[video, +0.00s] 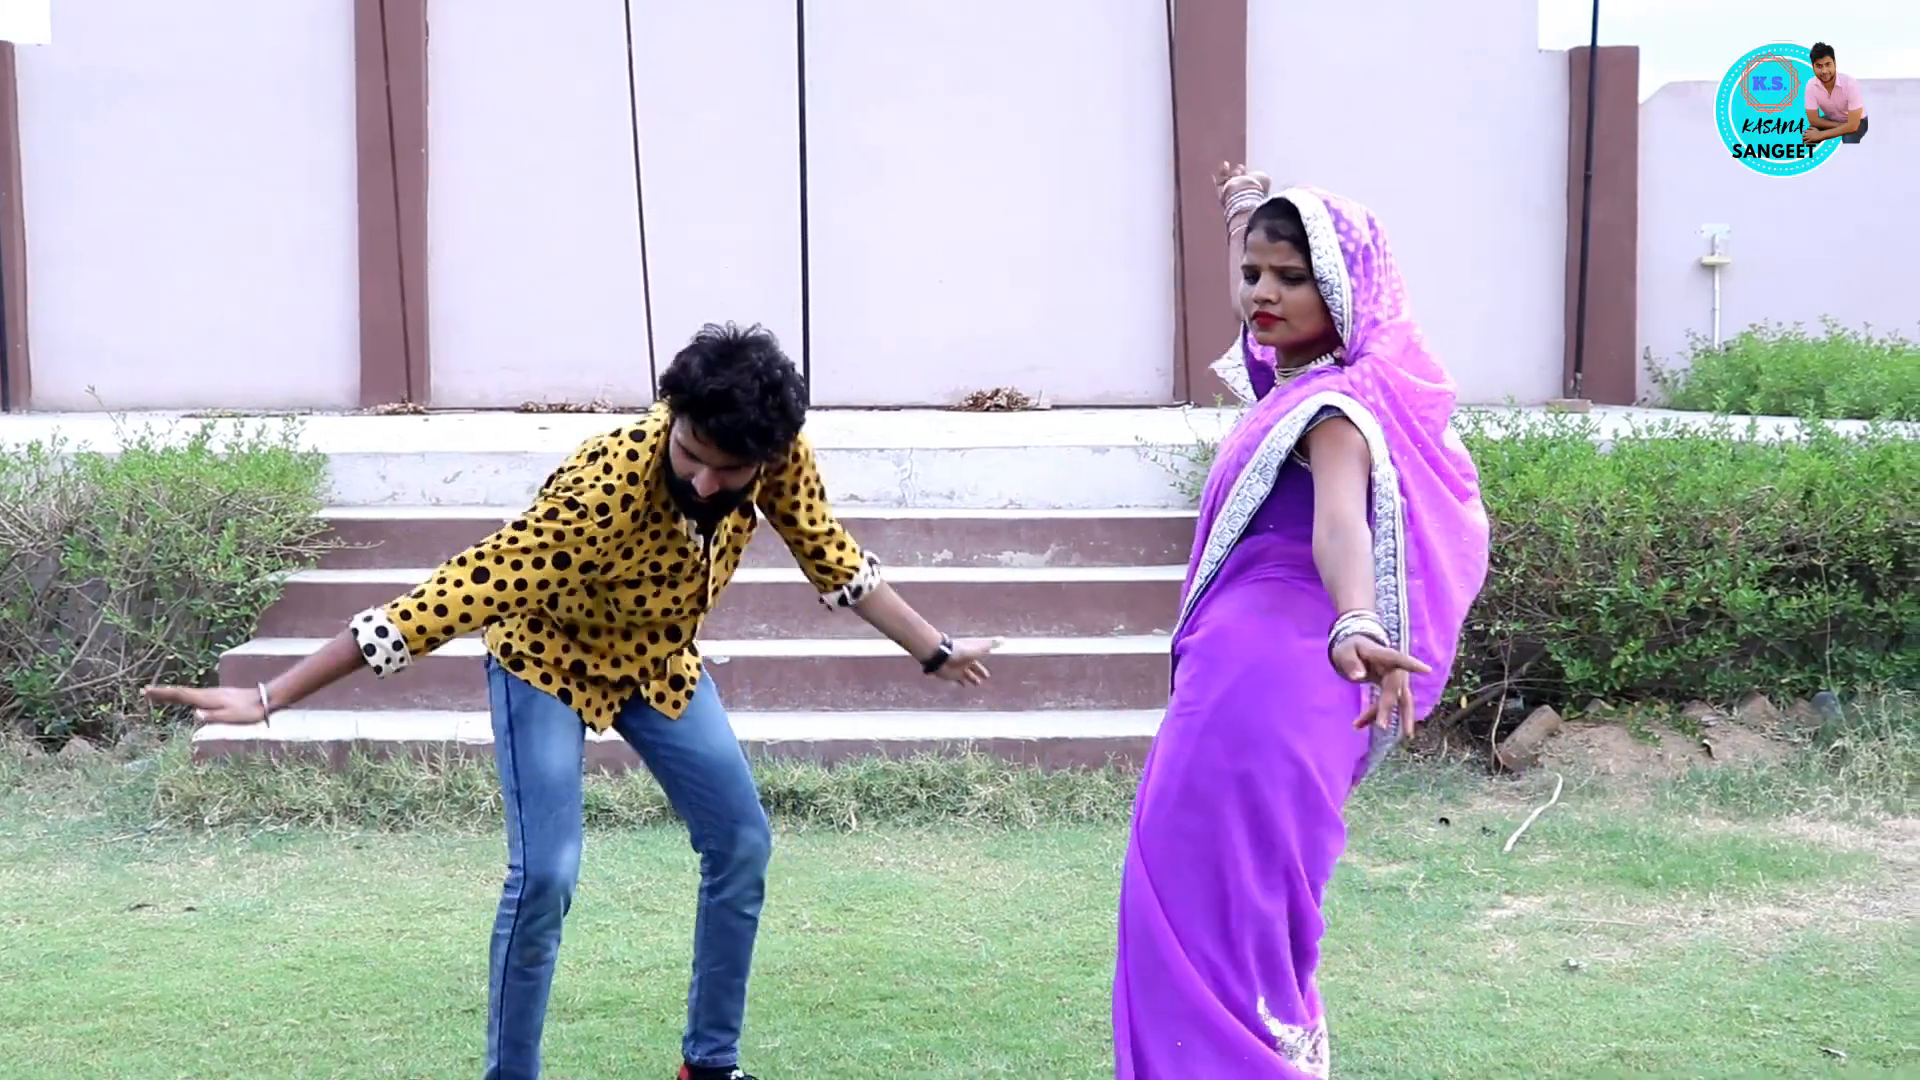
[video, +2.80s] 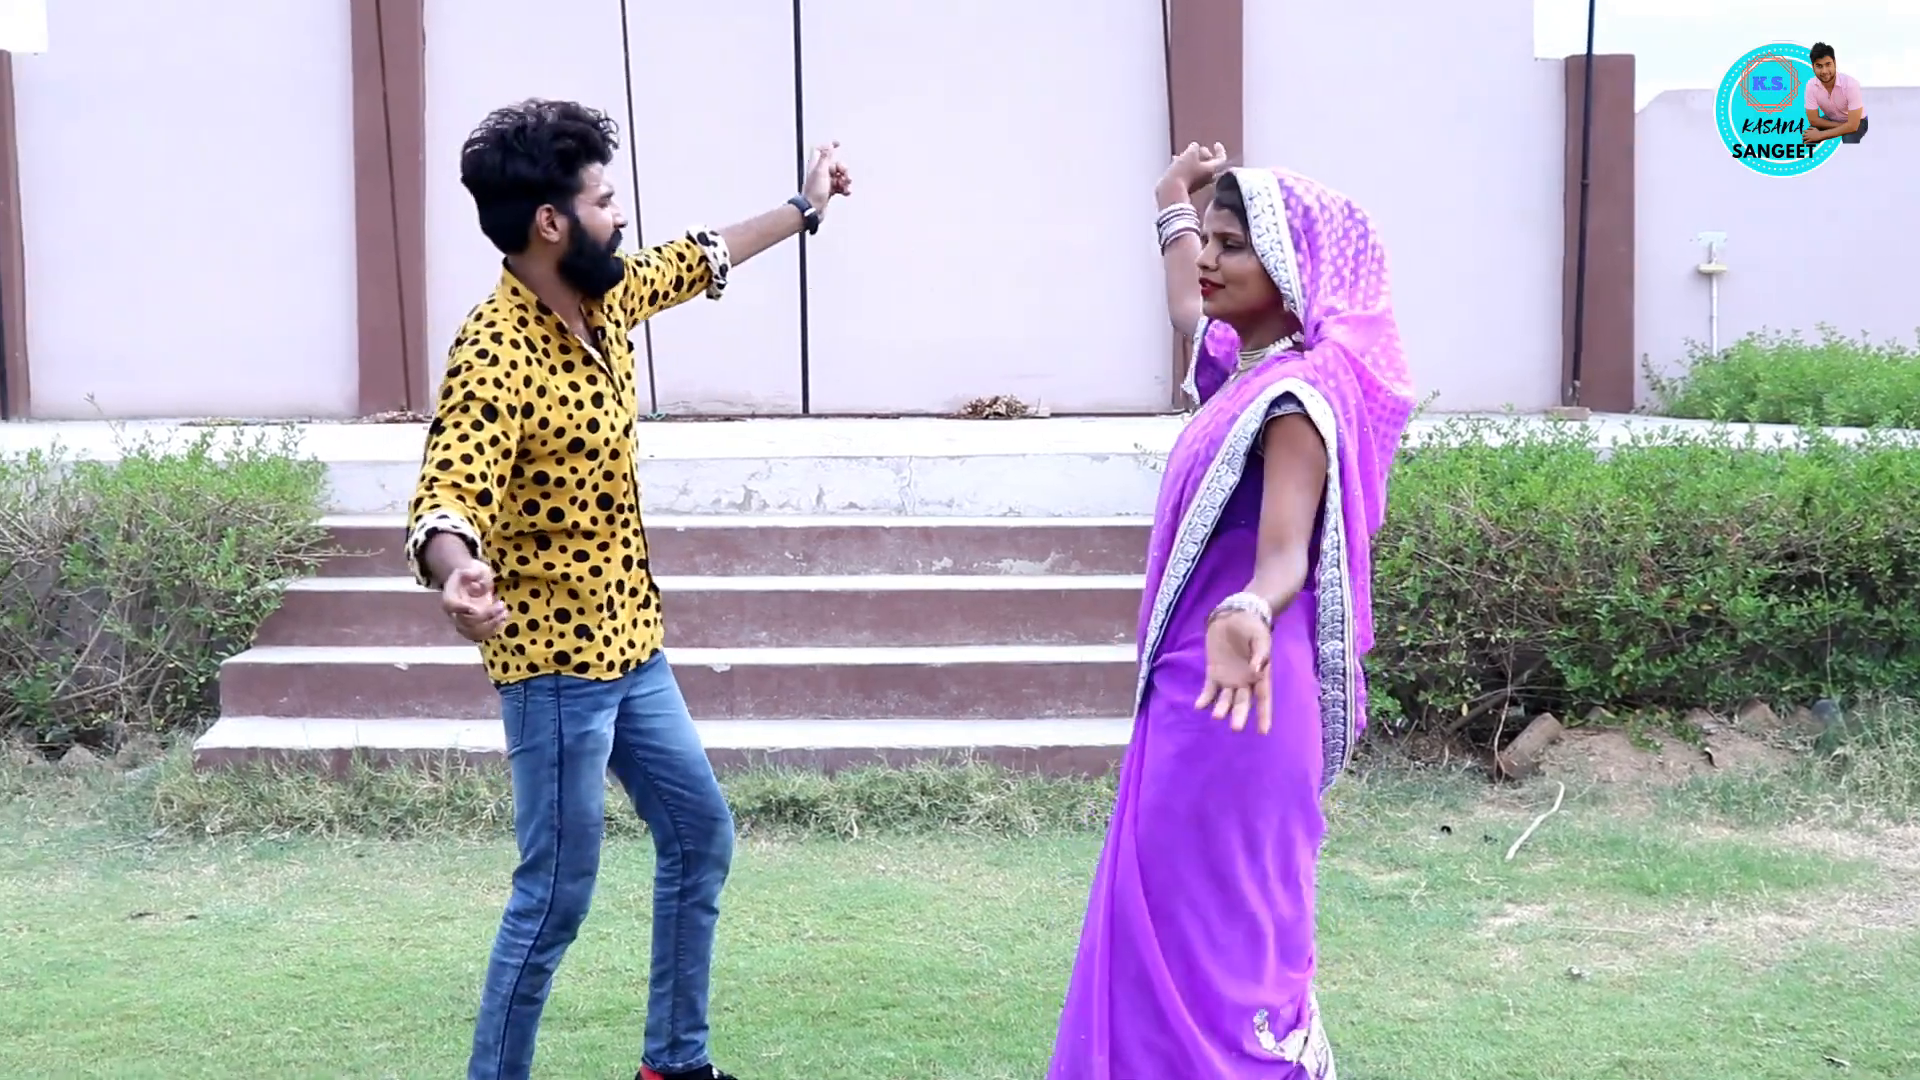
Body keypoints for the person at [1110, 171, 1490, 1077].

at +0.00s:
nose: (1265, 295)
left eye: (1291, 277)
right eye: (1254, 275)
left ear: (1345, 294)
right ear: (1247, 281)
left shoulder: (1336, 404)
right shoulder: (1301, 391)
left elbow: (1345, 525)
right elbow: (1260, 334)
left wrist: (1355, 620)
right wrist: (1259, 223)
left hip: (1265, 685)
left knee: (1172, 905)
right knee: (1252, 913)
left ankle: (1213, 1060)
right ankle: (1280, 1051)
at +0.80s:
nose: (1130, 317)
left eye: (1153, 299)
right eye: (1118, 296)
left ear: (1209, 305)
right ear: (1111, 295)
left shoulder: (1200, 412)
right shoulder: (1169, 392)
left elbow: (1191, 534)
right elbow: (1142, 272)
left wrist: (1203, 630)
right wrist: (1143, 157)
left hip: (1111, 701)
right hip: (1094, 693)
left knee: (1037, 930)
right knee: (1108, 936)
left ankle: (1067, 1066)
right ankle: (1133, 1059)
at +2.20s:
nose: (1091, 286)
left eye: (1113, 265)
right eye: (1088, 264)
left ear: (1175, 276)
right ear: (1195, 278)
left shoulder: (1153, 398)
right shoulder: (1236, 379)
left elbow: (1114, 548)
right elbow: (1211, 267)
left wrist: (1048, 669)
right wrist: (1163, 177)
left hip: (1120, 725)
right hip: (1194, 725)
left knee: (983, 921)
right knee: (1176, 962)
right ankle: (1175, 1064)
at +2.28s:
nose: (1108, 290)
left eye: (1129, 269)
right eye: (1104, 268)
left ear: (1196, 278)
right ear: (1206, 286)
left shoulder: (1170, 405)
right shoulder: (1259, 395)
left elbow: (1128, 566)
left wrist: (1046, 694)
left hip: (1138, 726)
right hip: (1211, 725)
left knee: (1044, 955)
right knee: (1186, 958)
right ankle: (1187, 1063)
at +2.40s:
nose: (1123, 281)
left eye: (1144, 262)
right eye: (1121, 260)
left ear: (1208, 275)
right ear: (1226, 278)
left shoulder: (1189, 405)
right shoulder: (1266, 384)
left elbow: (1149, 561)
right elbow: (1256, 265)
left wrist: (1069, 686)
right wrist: (1205, 181)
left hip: (1148, 714)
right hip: (1213, 712)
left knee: (1078, 963)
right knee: (1189, 959)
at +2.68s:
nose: (1197, 275)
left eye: (1220, 258)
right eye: (1193, 257)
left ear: (1282, 275)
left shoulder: (1263, 403)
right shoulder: (1300, 372)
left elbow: (1230, 555)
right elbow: (1207, 317)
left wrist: (1186, 662)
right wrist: (1188, 207)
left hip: (1216, 717)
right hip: (1263, 711)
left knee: (1086, 928)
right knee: (1244, 953)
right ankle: (1259, 1062)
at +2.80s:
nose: (1207, 259)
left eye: (1231, 245)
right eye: (1206, 240)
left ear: (1296, 267)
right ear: (1200, 244)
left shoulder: (1296, 390)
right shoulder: (1262, 368)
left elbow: (1287, 543)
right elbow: (1199, 318)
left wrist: (1253, 606)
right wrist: (1184, 210)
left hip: (1231, 711)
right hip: (1196, 698)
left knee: (1204, 955)